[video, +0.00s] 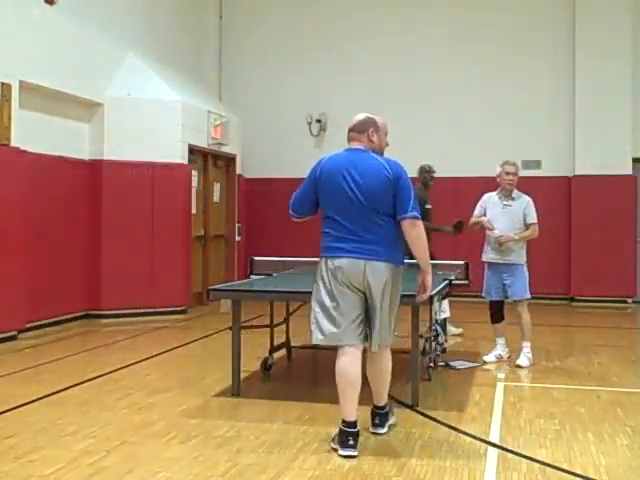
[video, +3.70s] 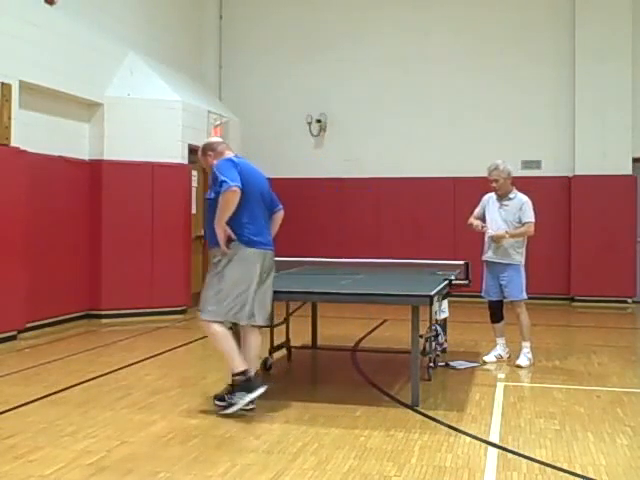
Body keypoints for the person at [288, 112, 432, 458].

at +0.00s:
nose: (386, 142)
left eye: (386, 135)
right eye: (385, 136)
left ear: (351, 135)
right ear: (372, 135)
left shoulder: (325, 166)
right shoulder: (392, 169)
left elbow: (297, 210)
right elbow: (410, 221)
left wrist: (326, 192)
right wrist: (426, 269)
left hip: (339, 265)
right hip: (382, 268)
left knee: (348, 347)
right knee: (380, 344)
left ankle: (347, 434)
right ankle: (380, 416)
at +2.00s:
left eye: (343, 142)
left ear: (341, 148)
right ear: (365, 152)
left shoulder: (331, 165)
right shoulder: (380, 182)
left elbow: (313, 205)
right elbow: (384, 233)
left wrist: (300, 234)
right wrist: (378, 267)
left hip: (330, 251)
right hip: (367, 257)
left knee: (317, 323)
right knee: (358, 329)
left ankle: (319, 397)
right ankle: (353, 398)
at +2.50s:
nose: (302, 152)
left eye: (302, 148)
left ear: (304, 150)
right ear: (329, 148)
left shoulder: (300, 171)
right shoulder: (351, 175)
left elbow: (284, 218)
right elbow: (369, 222)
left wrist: (265, 257)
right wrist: (352, 245)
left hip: (307, 259)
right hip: (343, 260)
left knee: (299, 328)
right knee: (344, 330)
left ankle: (293, 402)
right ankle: (352, 398)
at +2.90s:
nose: (262, 162)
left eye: (261, 158)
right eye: (261, 158)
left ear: (266, 151)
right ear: (287, 145)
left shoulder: (271, 172)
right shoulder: (319, 172)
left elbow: (259, 222)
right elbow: (334, 216)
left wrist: (243, 262)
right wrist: (318, 244)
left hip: (286, 259)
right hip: (317, 258)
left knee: (287, 331)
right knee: (311, 328)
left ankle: (292, 402)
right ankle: (322, 393)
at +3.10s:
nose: (252, 162)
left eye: (250, 158)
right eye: (250, 159)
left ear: (255, 151)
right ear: (275, 145)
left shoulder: (263, 171)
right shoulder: (305, 172)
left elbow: (251, 222)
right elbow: (314, 217)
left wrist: (236, 260)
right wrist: (300, 244)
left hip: (279, 256)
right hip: (306, 256)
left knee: (283, 329)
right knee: (287, 325)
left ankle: (293, 402)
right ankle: (280, 385)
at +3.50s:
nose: (222, 166)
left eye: (220, 162)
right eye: (220, 163)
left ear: (224, 155)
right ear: (243, 150)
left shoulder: (236, 167)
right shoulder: (270, 173)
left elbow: (239, 204)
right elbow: (290, 215)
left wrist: (226, 243)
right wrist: (273, 245)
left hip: (252, 255)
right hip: (276, 254)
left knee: (244, 327)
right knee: (259, 328)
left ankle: (281, 390)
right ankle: (244, 391)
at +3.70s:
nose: (207, 168)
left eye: (205, 164)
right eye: (206, 164)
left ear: (210, 156)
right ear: (228, 150)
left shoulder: (223, 164)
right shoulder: (254, 171)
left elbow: (232, 190)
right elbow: (278, 211)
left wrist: (219, 223)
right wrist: (263, 241)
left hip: (241, 251)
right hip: (264, 252)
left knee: (210, 318)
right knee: (251, 322)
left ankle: (243, 378)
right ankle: (247, 387)